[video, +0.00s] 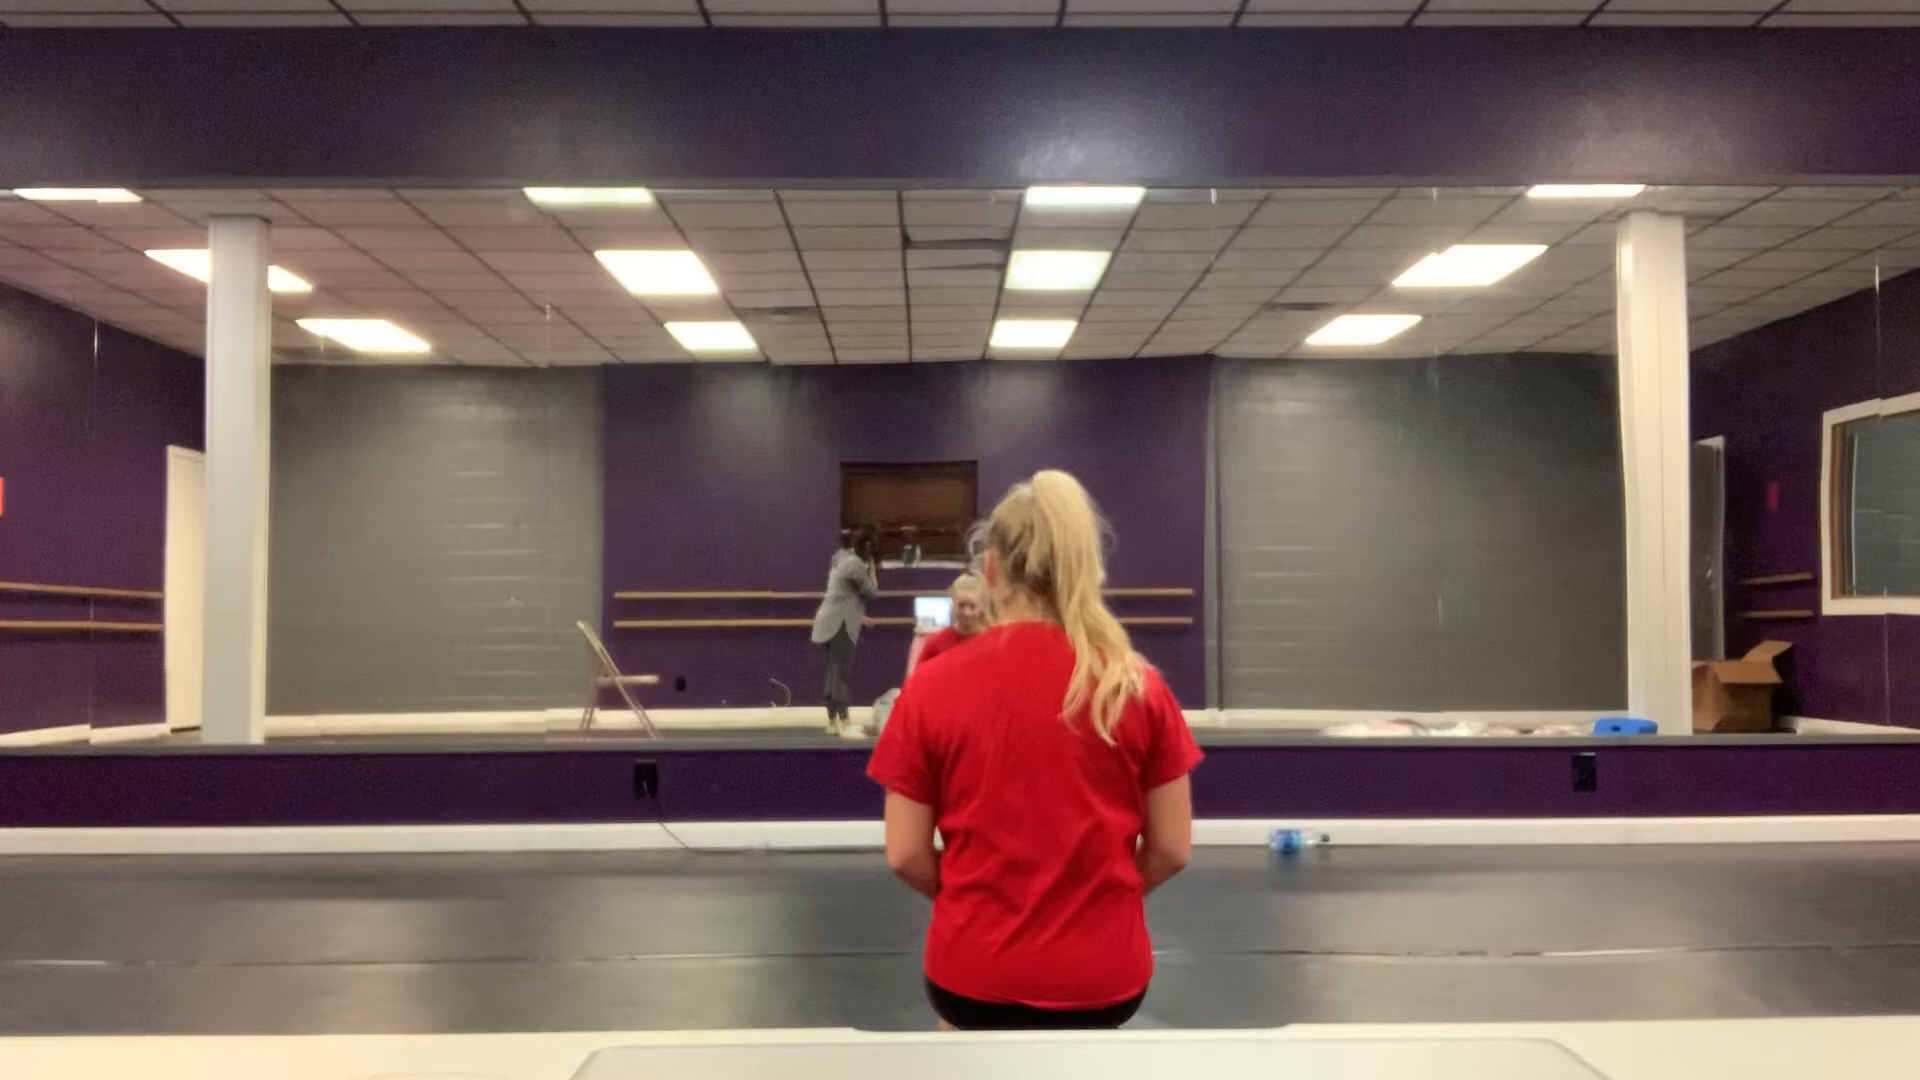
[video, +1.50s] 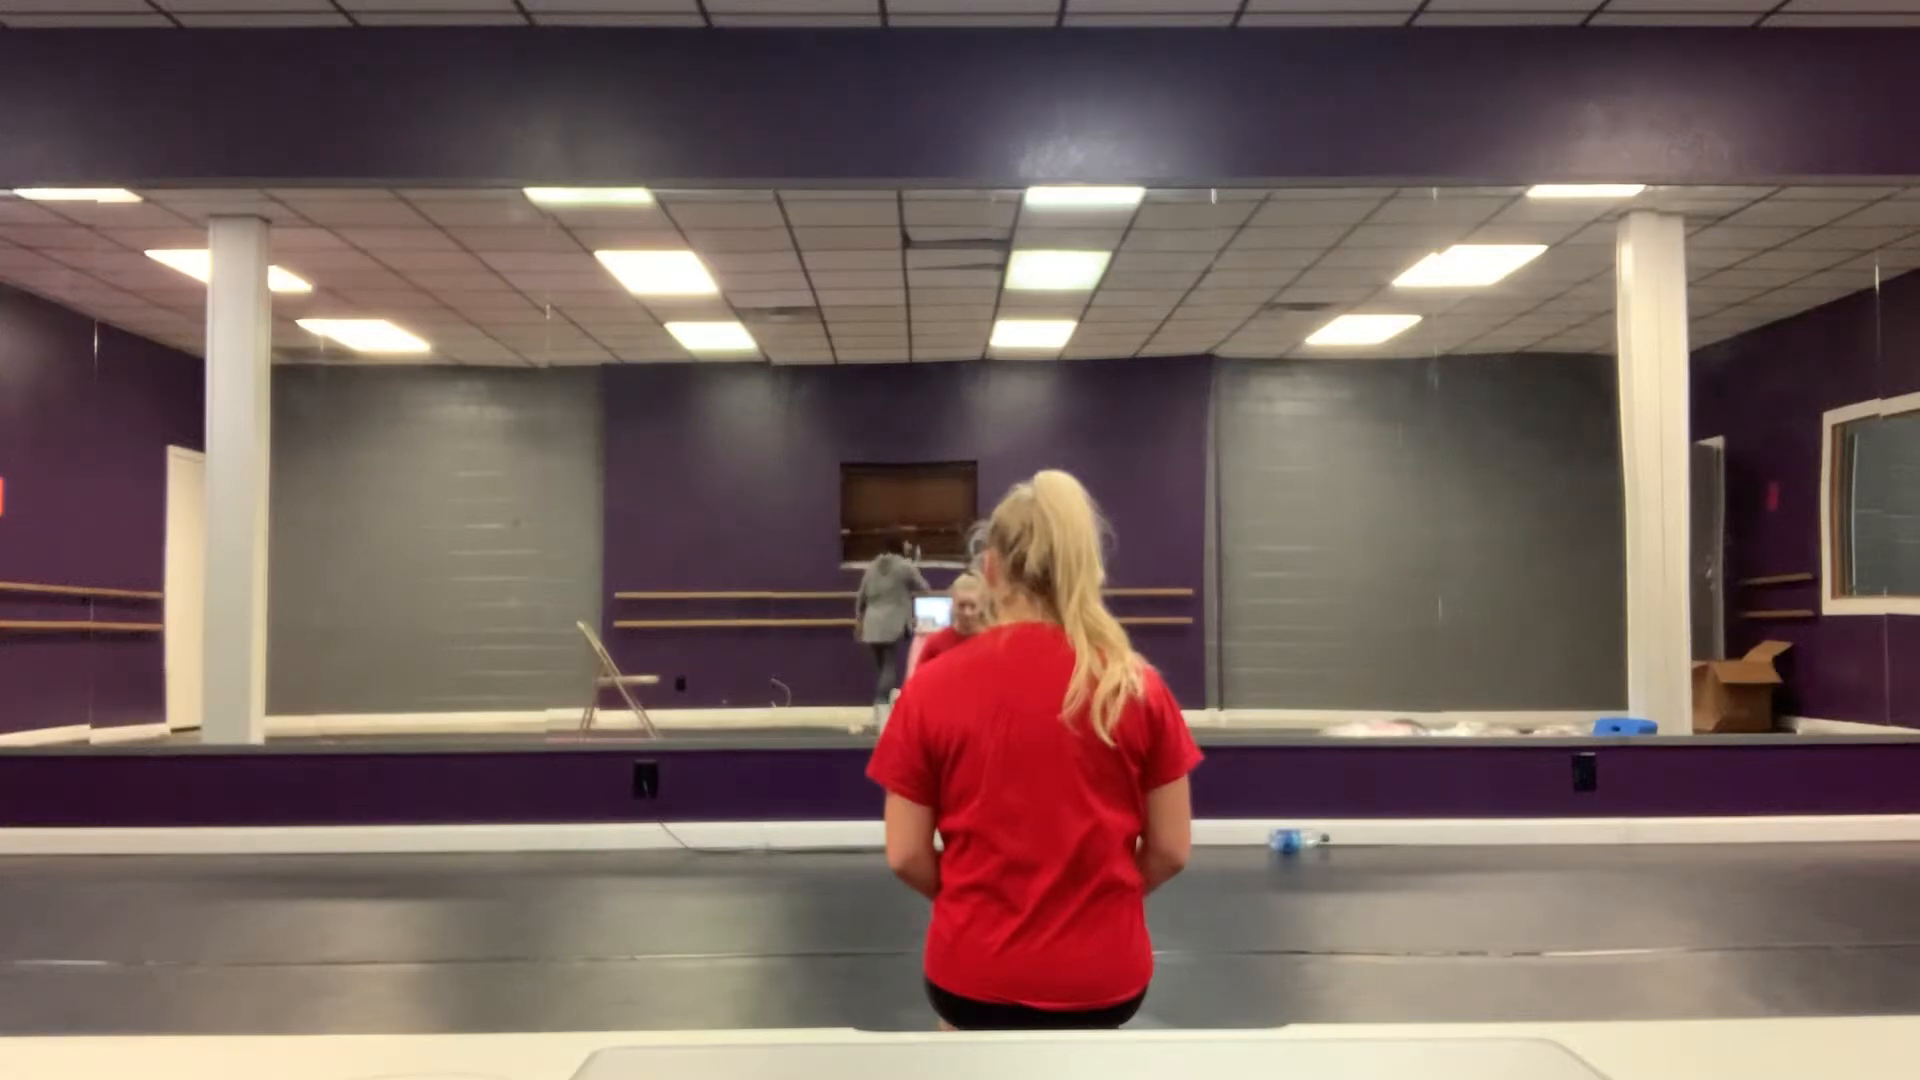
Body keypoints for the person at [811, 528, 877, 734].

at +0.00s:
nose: (873, 550)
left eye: (872, 547)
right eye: (872, 547)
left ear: (854, 544)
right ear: (867, 547)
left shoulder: (841, 560)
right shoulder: (855, 564)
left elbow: (843, 597)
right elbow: (872, 591)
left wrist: (860, 617)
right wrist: (872, 568)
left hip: (829, 620)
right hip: (842, 623)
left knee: (832, 669)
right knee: (841, 670)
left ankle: (832, 721)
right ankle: (844, 721)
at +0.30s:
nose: (866, 548)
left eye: (866, 544)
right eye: (865, 544)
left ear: (843, 542)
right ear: (858, 546)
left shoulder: (832, 560)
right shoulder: (851, 565)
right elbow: (866, 591)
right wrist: (867, 576)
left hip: (821, 625)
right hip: (841, 625)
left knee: (831, 669)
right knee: (849, 669)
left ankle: (831, 719)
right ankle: (844, 719)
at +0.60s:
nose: (867, 547)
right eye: (865, 544)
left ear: (842, 541)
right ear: (860, 545)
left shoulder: (830, 561)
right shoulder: (859, 563)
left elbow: (821, 590)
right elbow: (873, 590)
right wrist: (872, 573)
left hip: (826, 623)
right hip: (851, 625)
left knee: (832, 669)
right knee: (859, 668)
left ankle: (831, 719)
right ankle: (856, 716)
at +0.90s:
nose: (882, 547)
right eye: (880, 544)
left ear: (856, 543)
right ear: (875, 546)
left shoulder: (841, 566)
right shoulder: (875, 566)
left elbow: (832, 596)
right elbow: (892, 581)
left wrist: (845, 607)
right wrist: (888, 559)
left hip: (842, 622)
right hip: (869, 622)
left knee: (840, 670)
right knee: (870, 674)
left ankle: (834, 716)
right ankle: (875, 719)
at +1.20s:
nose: (899, 546)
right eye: (898, 543)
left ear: (876, 542)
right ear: (893, 544)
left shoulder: (860, 564)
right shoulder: (894, 563)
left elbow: (849, 594)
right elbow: (913, 576)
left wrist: (850, 611)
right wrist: (903, 557)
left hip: (861, 615)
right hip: (885, 615)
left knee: (863, 662)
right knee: (881, 665)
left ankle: (858, 690)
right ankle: (876, 709)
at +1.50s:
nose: (905, 546)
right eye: (903, 543)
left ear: (884, 546)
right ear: (900, 546)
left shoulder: (872, 567)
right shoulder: (906, 566)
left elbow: (861, 595)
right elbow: (924, 588)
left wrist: (858, 618)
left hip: (872, 620)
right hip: (895, 620)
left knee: (880, 665)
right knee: (890, 664)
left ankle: (883, 702)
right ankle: (881, 702)